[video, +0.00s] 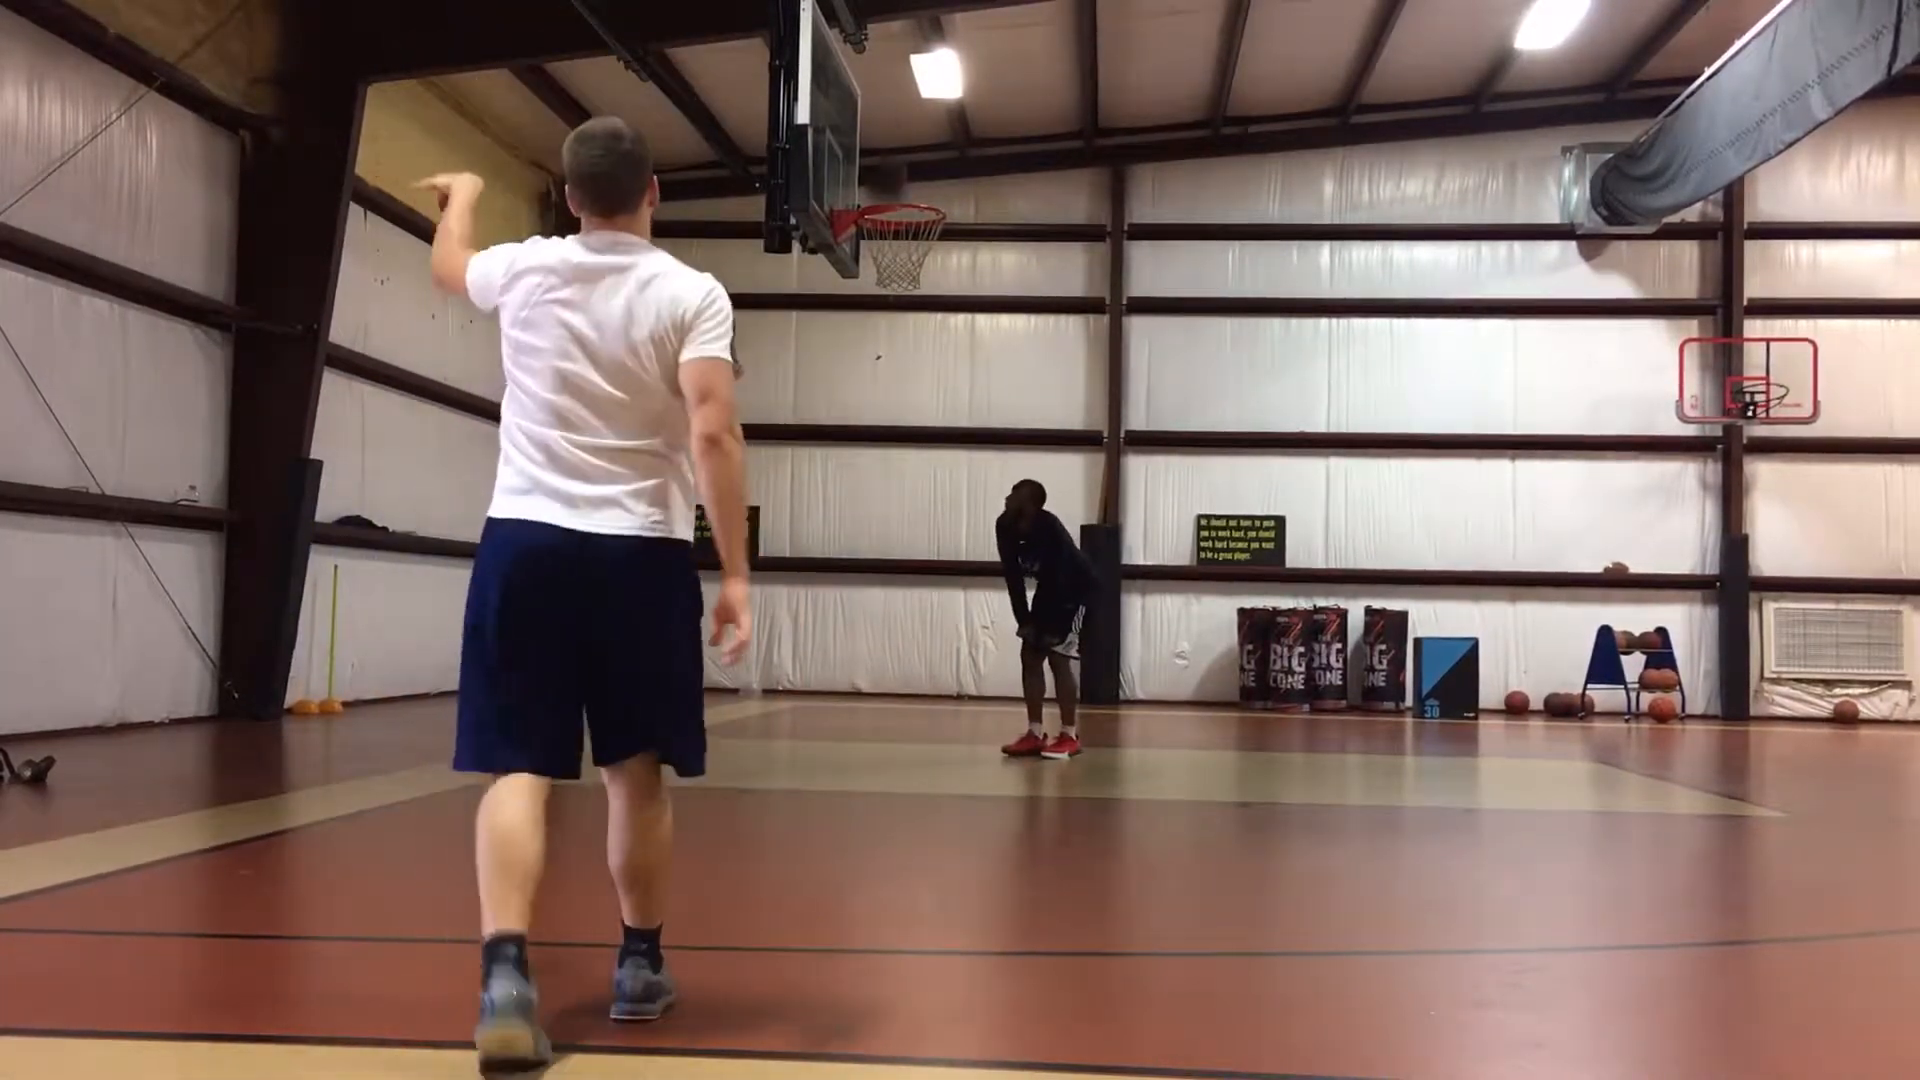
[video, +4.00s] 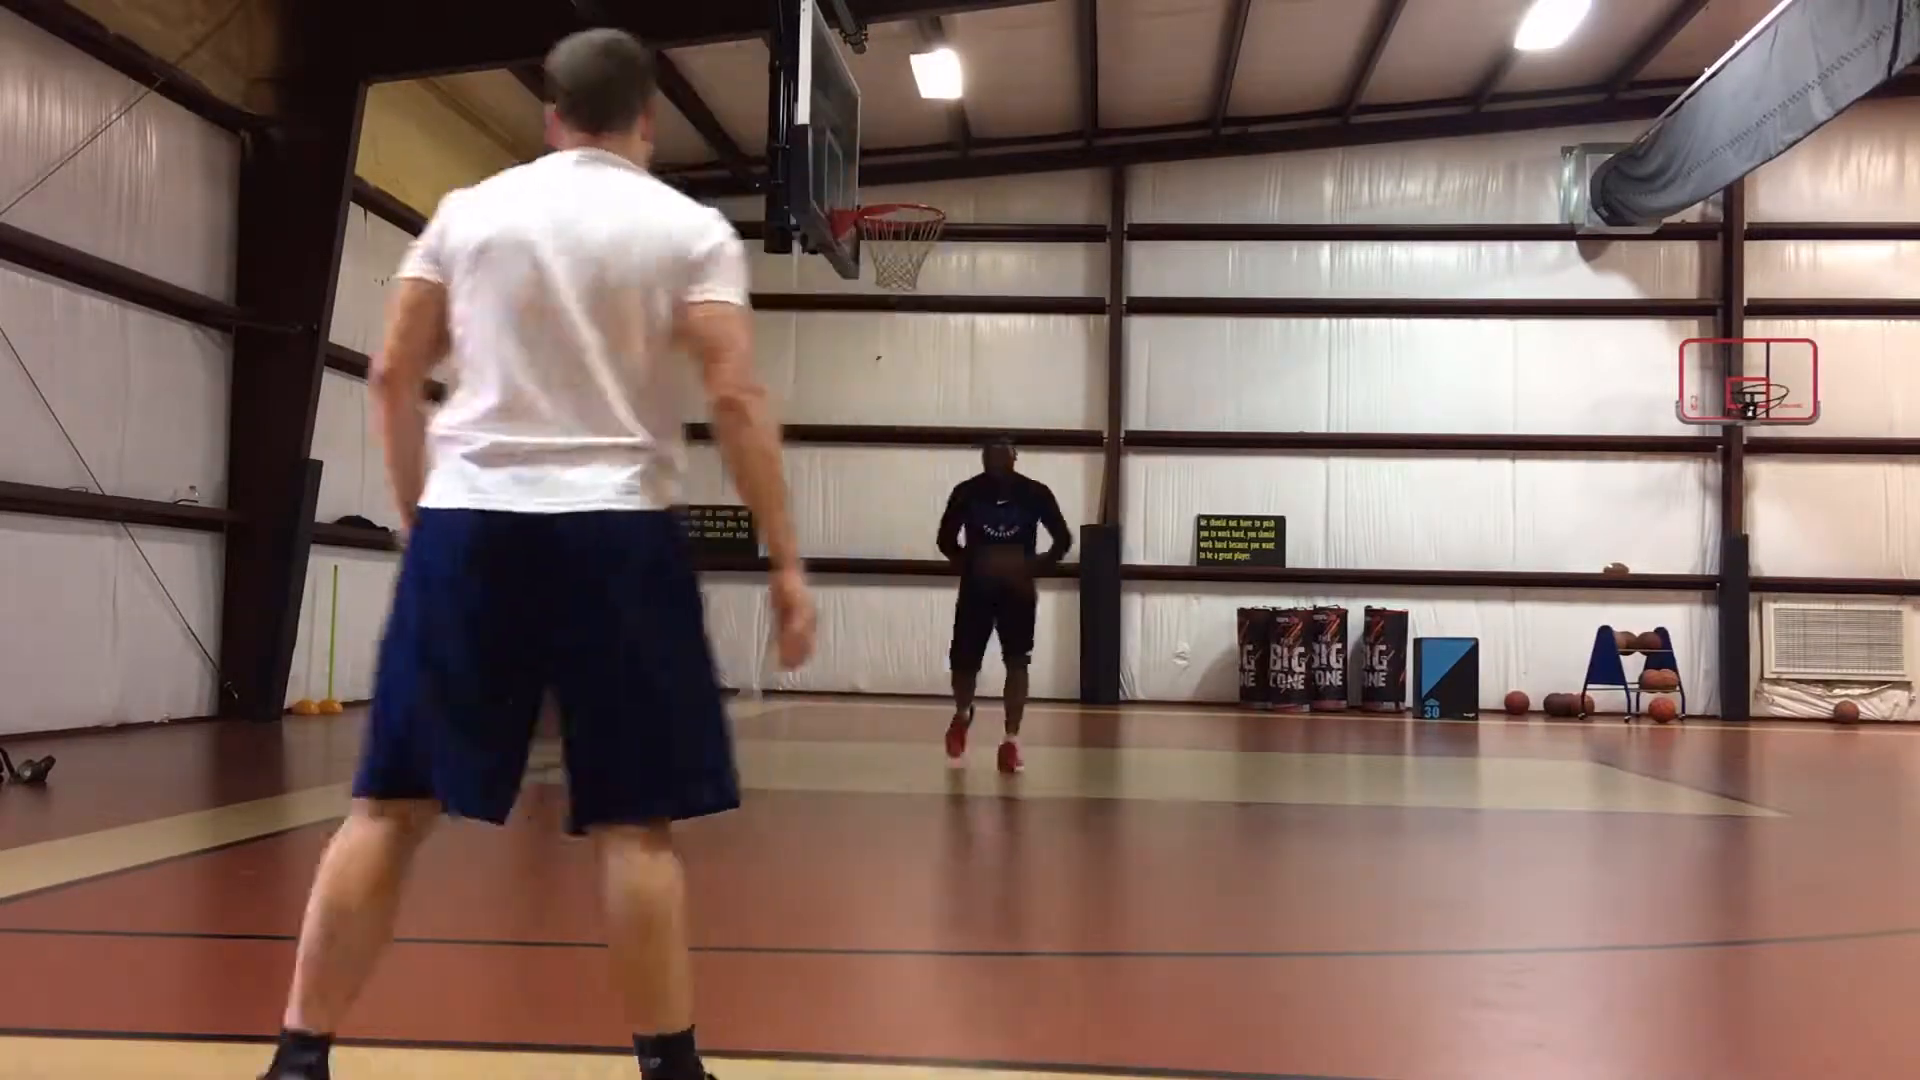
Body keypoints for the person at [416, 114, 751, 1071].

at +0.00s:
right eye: (652, 187)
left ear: (567, 200)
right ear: (653, 196)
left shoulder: (521, 268)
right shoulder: (694, 295)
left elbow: (452, 266)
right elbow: (714, 430)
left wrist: (460, 194)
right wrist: (735, 571)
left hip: (525, 553)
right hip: (641, 565)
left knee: (519, 766)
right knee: (637, 773)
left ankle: (505, 976)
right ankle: (639, 966)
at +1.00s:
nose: (592, 200)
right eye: (595, 188)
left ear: (491, 173)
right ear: (582, 184)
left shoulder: (395, 253)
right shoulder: (597, 276)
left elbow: (308, 409)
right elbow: (650, 470)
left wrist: (376, 508)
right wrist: (681, 619)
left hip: (335, 544)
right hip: (490, 569)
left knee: (233, 784)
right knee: (505, 821)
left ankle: (76, 1018)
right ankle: (471, 1057)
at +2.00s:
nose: (848, 52)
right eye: (844, 41)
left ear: (757, 54)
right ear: (842, 49)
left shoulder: (736, 114)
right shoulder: (860, 111)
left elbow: (763, 53)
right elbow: (913, 32)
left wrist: (828, 33)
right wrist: (894, 5)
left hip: (728, 380)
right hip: (822, 380)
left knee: (743, 607)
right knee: (825, 616)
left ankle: (708, 820)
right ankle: (814, 836)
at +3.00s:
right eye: (995, 189)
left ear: (913, 195)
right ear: (997, 197)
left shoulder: (856, 285)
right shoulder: (1039, 302)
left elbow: (849, 407)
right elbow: (1042, 468)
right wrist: (969, 498)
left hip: (858, 552)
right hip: (978, 559)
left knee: (818, 756)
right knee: (991, 782)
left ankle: (788, 969)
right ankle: (997, 984)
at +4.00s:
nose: (653, 133)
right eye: (656, 118)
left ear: (551, 115)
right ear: (648, 121)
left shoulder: (464, 213)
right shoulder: (690, 230)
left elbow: (394, 376)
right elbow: (734, 398)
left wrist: (421, 522)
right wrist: (784, 563)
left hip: (465, 539)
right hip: (619, 547)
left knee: (388, 808)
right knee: (638, 826)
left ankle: (296, 1060)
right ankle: (672, 1066)